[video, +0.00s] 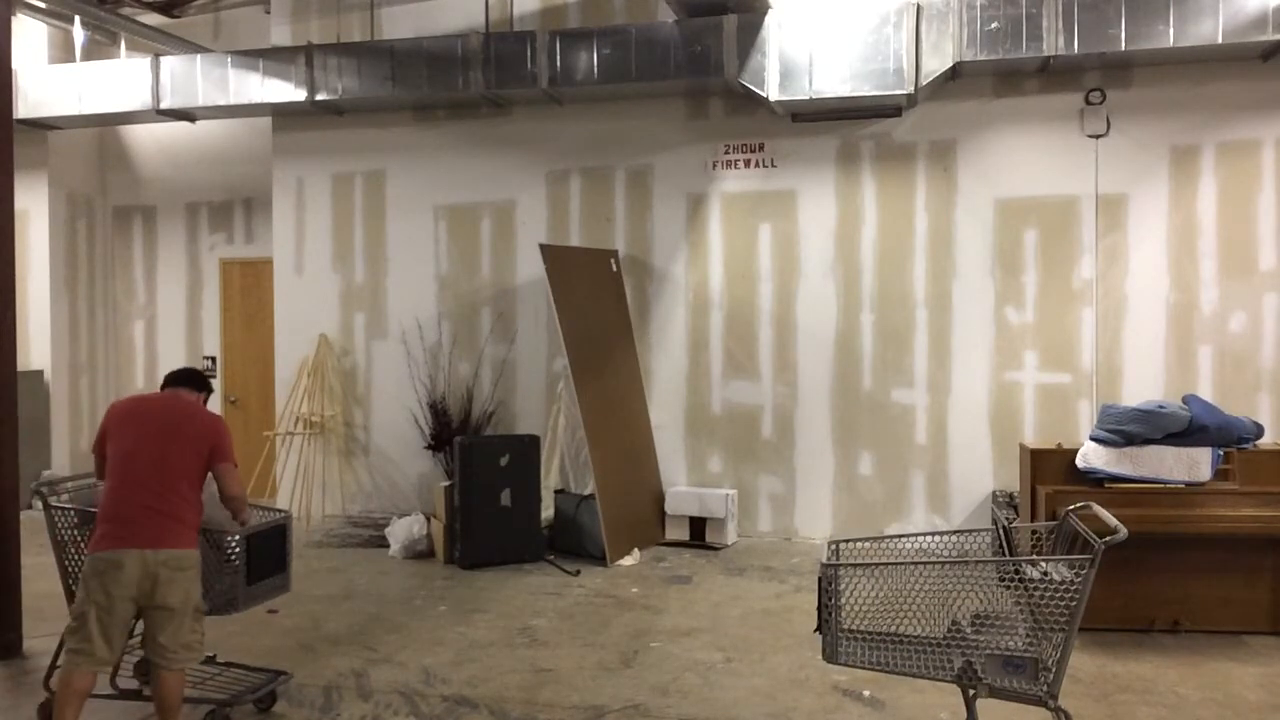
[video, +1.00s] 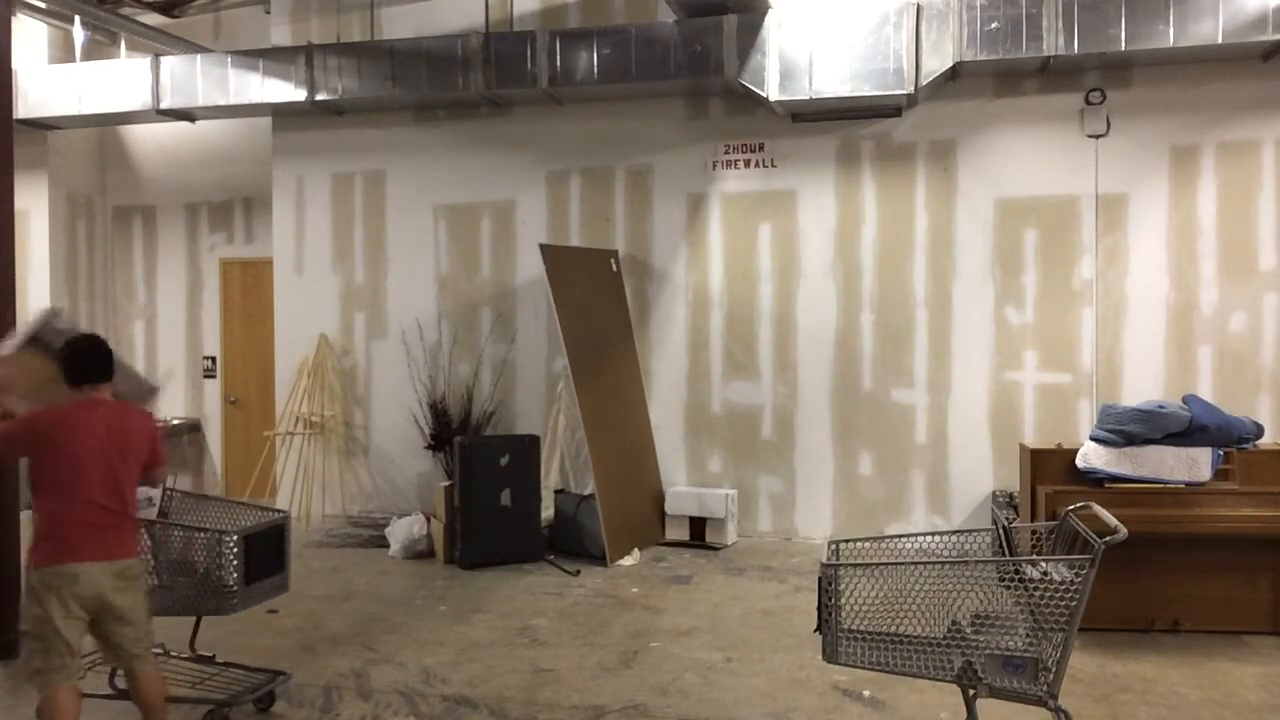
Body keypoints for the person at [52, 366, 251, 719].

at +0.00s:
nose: (205, 406)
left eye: (206, 403)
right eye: (207, 402)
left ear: (163, 389)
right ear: (200, 397)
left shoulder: (120, 408)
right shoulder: (210, 423)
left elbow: (102, 471)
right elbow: (231, 491)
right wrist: (241, 515)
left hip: (112, 552)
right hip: (175, 556)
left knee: (85, 655)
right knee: (171, 659)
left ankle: (62, 715)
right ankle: (169, 715)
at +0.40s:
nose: (188, 390)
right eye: (189, 385)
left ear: (146, 380)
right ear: (188, 383)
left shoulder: (115, 405)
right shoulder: (209, 420)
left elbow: (93, 452)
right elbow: (228, 487)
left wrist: (131, 436)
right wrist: (235, 510)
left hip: (115, 554)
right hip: (177, 555)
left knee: (86, 656)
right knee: (170, 657)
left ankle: (68, 717)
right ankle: (169, 716)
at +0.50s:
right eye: (177, 378)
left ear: (135, 379)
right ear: (177, 378)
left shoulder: (110, 406)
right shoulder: (202, 416)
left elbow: (82, 443)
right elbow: (224, 482)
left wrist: (122, 430)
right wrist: (232, 498)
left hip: (117, 555)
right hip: (178, 555)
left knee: (86, 657)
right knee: (170, 657)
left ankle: (69, 715)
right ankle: (170, 716)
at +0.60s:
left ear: (123, 376)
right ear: (166, 372)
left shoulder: (102, 408)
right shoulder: (192, 411)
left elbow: (69, 435)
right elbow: (221, 477)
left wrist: (112, 411)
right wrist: (239, 481)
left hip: (113, 556)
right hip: (174, 554)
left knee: (84, 659)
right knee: (170, 656)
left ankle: (69, 716)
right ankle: (170, 716)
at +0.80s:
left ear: (91, 376)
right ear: (138, 372)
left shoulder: (78, 417)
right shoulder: (168, 417)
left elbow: (27, 428)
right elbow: (201, 480)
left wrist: (58, 389)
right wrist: (203, 448)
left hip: (95, 563)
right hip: (158, 558)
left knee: (79, 667)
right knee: (161, 660)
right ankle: (168, 716)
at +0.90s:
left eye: (78, 371)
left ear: (77, 375)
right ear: (123, 372)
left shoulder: (61, 421)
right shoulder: (154, 420)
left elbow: (7, 429)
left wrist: (25, 387)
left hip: (76, 568)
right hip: (141, 563)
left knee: (66, 673)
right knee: (153, 662)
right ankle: (164, 716)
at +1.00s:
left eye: (66, 370)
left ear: (64, 375)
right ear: (111, 372)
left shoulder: (43, 423)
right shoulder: (139, 420)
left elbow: (4, 442)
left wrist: (8, 404)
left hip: (58, 570)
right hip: (121, 566)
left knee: (58, 677)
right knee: (140, 661)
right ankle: (158, 715)